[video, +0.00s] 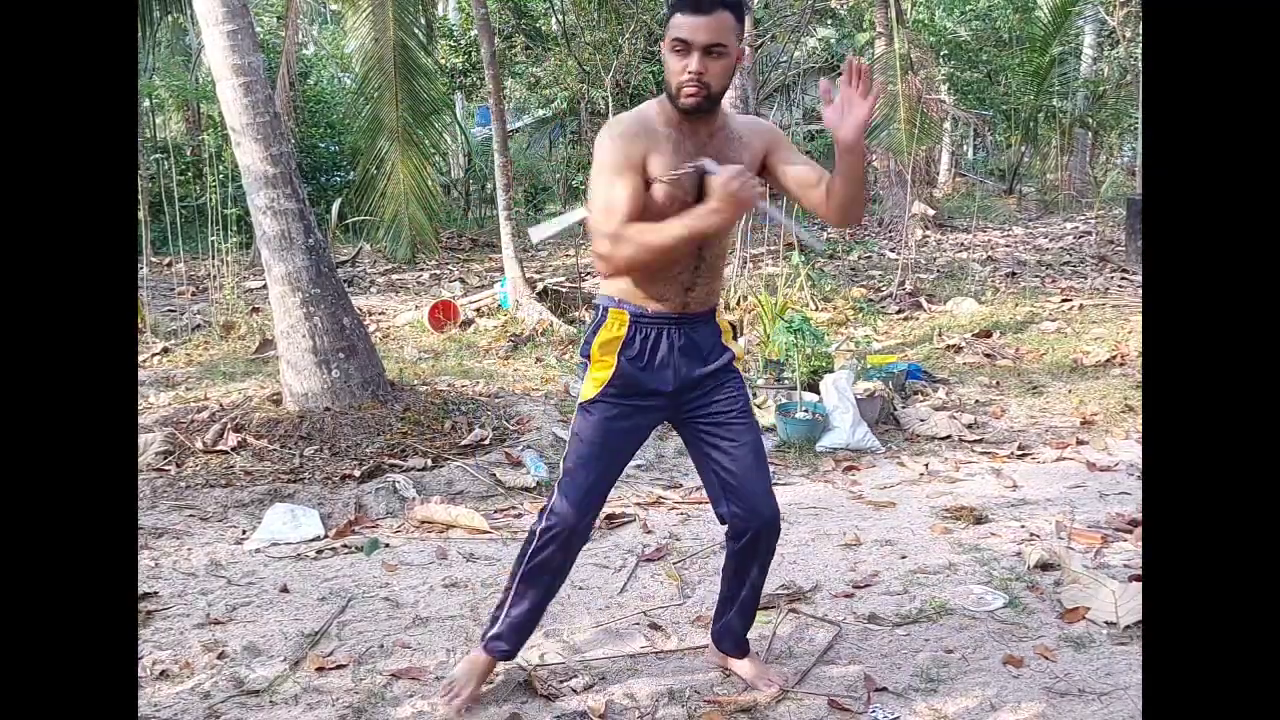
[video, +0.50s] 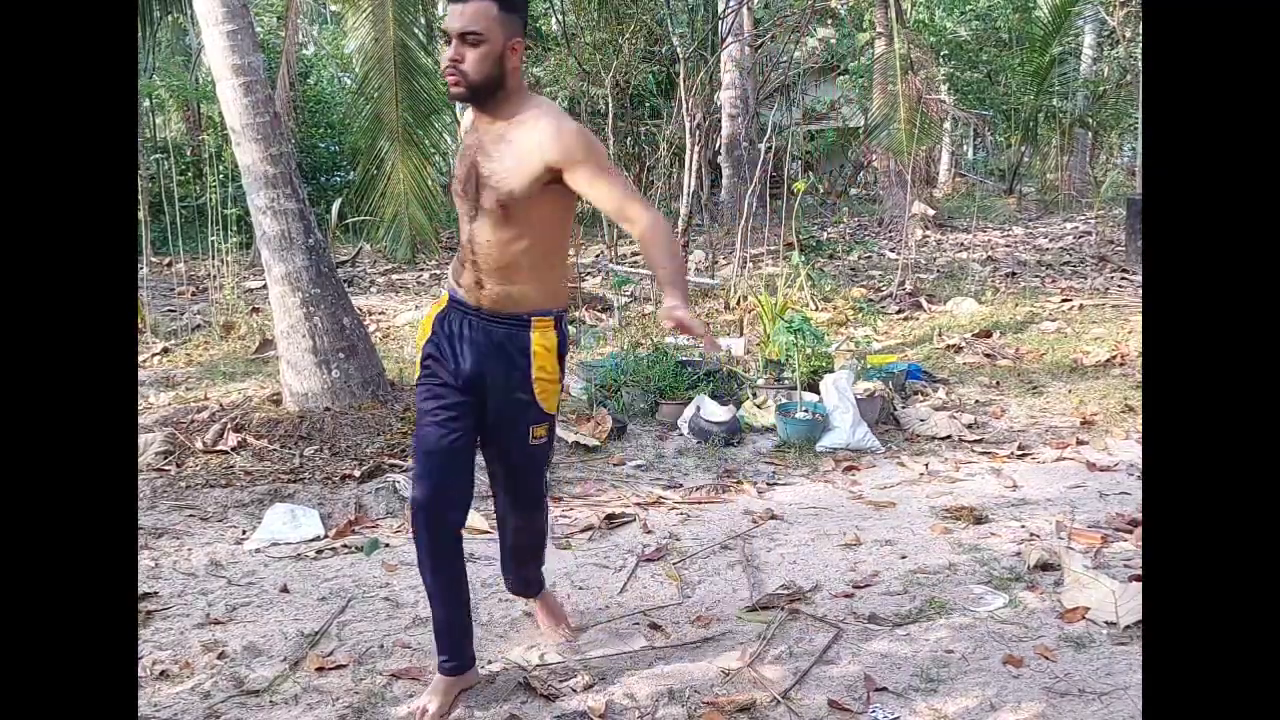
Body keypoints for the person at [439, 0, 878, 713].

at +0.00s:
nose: (694, 69)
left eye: (714, 53)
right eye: (681, 49)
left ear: (740, 55)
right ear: (662, 50)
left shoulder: (758, 137)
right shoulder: (625, 135)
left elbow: (842, 212)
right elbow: (611, 253)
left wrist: (849, 145)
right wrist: (712, 218)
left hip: (706, 347)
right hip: (625, 345)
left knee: (757, 516)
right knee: (568, 513)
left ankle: (730, 640)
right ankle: (490, 654)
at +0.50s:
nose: (451, 57)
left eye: (469, 42)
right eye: (446, 41)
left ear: (514, 49)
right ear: (446, 47)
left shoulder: (554, 135)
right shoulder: (473, 116)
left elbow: (649, 223)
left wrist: (674, 296)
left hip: (524, 342)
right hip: (454, 329)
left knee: (520, 499)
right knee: (430, 500)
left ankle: (530, 590)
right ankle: (453, 669)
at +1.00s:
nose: (411, 103)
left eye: (425, 84)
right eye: (398, 93)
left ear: (460, 82)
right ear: (393, 102)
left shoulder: (476, 155)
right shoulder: (445, 150)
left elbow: (431, 290)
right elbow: (375, 133)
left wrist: (430, 252)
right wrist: (301, 83)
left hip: (571, 354)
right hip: (510, 358)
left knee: (668, 522)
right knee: (432, 502)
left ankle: (804, 618)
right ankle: (459, 669)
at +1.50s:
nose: (647, 67)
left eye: (648, 52)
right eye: (627, 54)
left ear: (641, 60)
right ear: (579, 67)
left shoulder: (596, 148)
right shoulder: (593, 163)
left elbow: (626, 248)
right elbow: (631, 300)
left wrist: (665, 210)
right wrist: (674, 308)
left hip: (639, 355)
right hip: (594, 363)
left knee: (739, 504)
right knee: (568, 534)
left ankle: (766, 661)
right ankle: (479, 685)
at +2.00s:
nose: (798, 66)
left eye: (806, 49)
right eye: (781, 48)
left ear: (810, 48)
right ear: (732, 45)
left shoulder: (815, 135)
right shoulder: (672, 123)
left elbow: (837, 255)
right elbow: (587, 226)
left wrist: (730, 278)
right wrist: (646, 163)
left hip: (776, 344)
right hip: (692, 343)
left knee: (800, 518)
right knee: (658, 516)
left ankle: (769, 665)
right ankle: (596, 678)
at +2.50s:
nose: (809, 56)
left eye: (824, 38)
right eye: (791, 34)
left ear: (835, 41)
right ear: (747, 29)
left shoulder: (826, 140)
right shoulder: (689, 108)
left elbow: (877, 233)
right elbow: (560, 155)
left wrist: (916, 222)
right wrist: (643, 134)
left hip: (763, 345)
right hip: (686, 339)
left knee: (801, 533)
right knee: (663, 541)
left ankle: (768, 662)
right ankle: (614, 711)